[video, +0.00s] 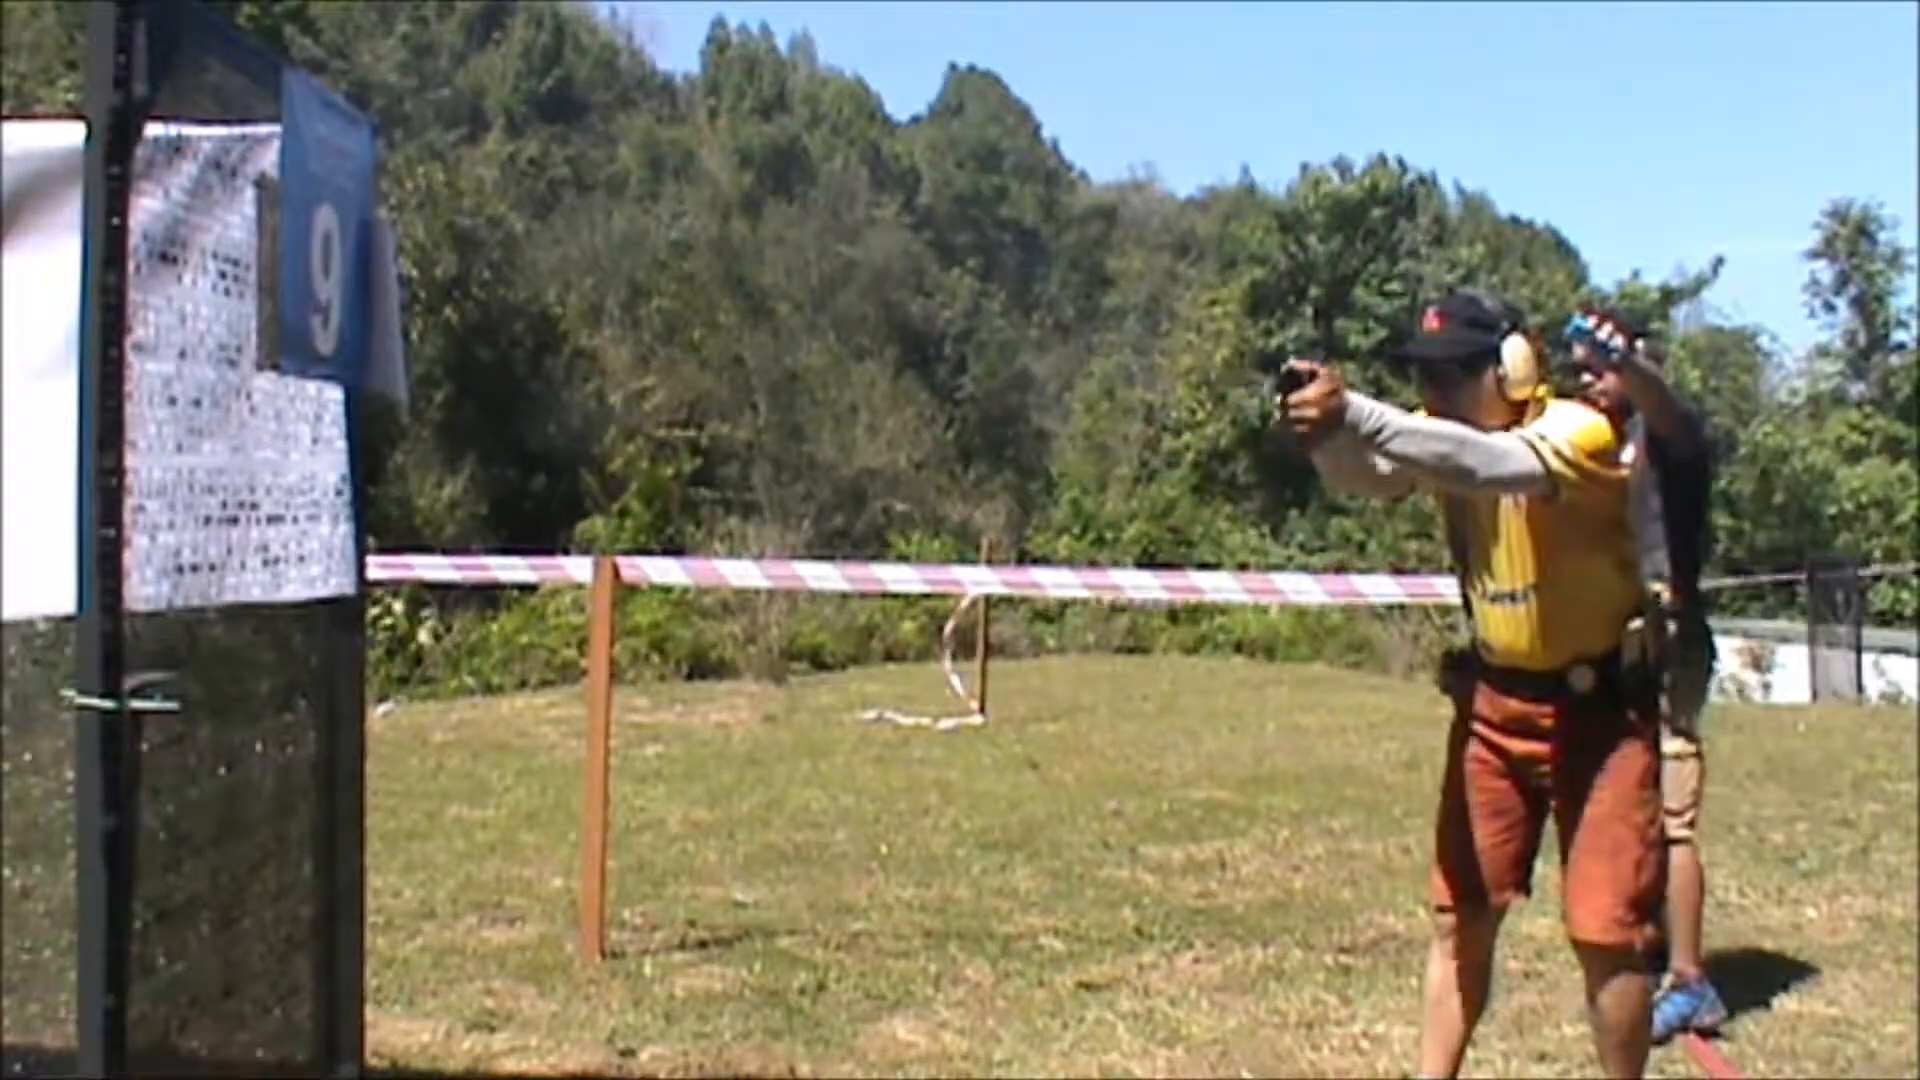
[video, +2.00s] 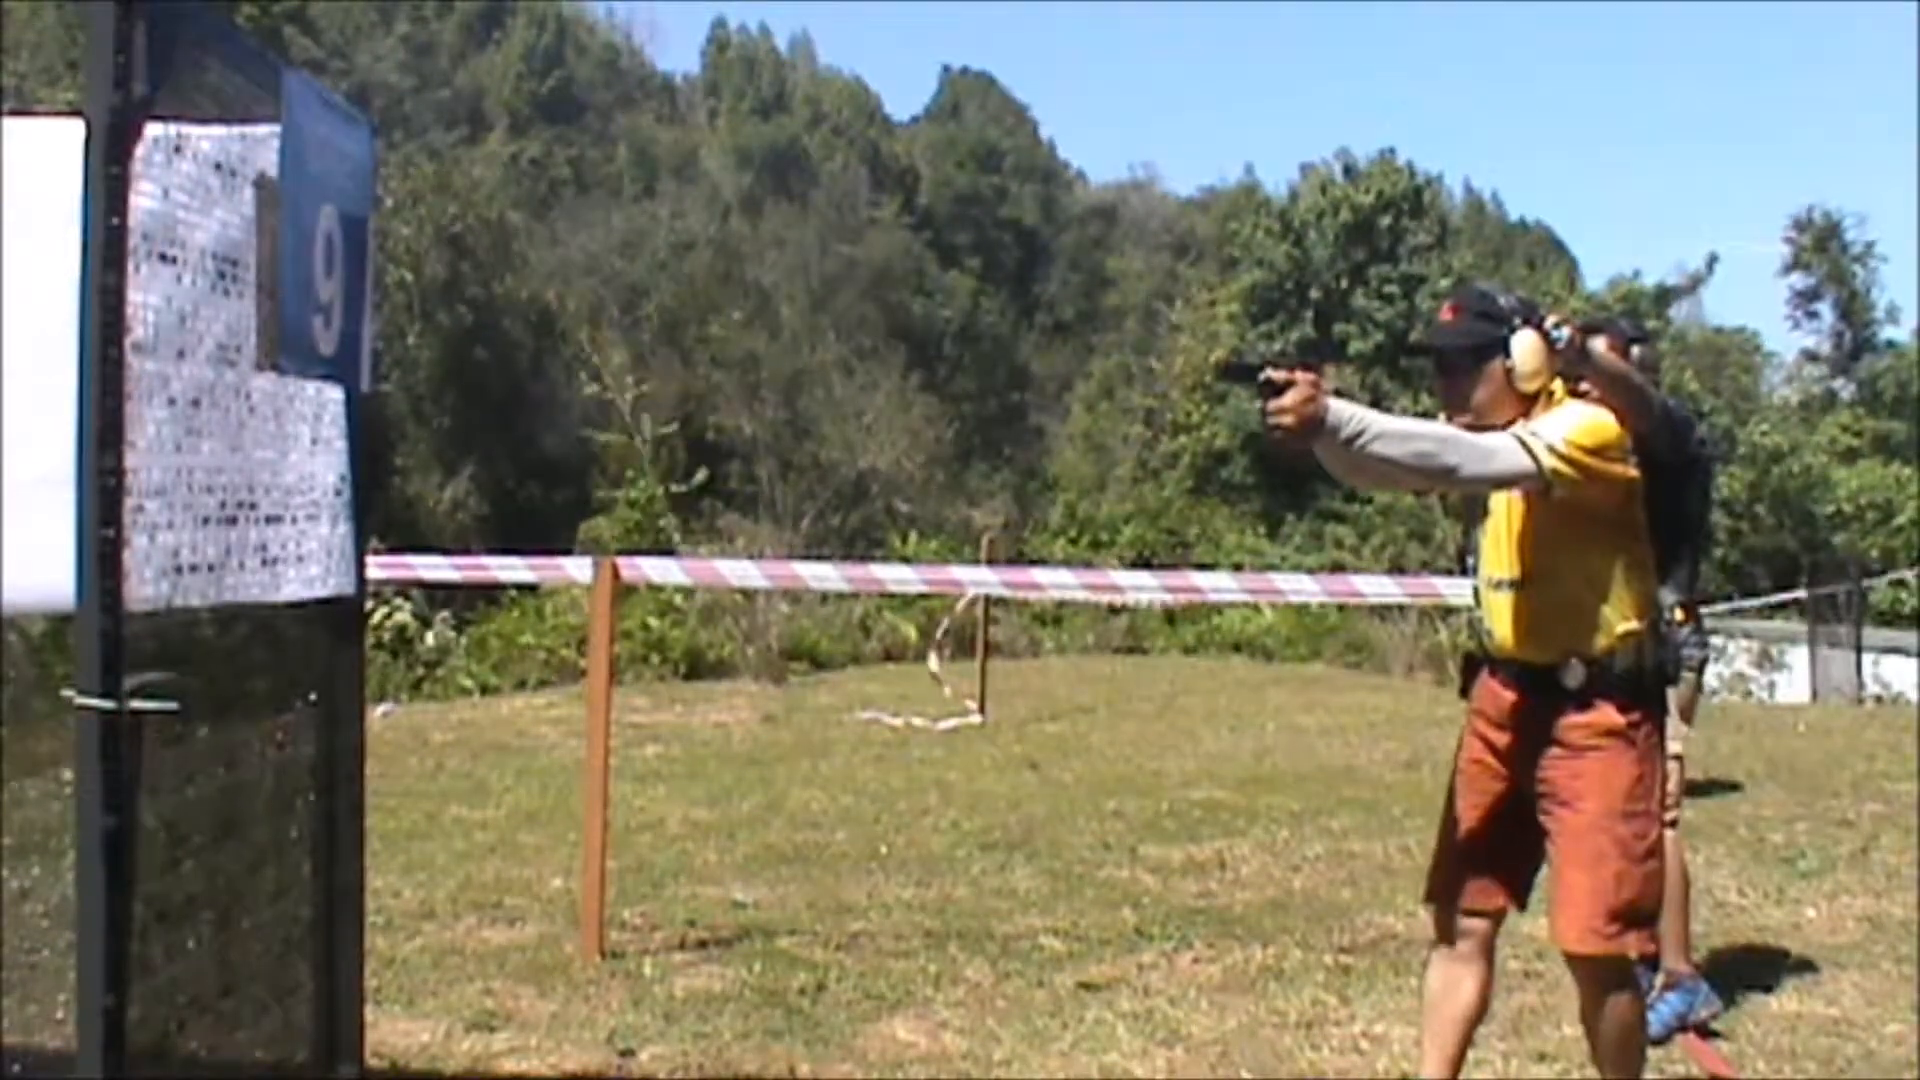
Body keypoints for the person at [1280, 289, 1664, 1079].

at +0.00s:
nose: (1433, 395)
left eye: (1448, 376)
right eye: (1427, 378)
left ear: (1504, 371)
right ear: (1432, 374)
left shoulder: (1582, 430)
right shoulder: (1453, 446)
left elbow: (1496, 463)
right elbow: (1370, 473)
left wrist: (1355, 412)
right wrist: (1319, 430)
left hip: (1602, 712)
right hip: (1496, 708)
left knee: (1607, 932)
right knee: (1463, 911)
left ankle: (1623, 1073)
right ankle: (1435, 1071)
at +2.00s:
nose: (1448, 392)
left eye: (1462, 372)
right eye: (1441, 373)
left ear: (1514, 362)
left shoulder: (1591, 427)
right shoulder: (1497, 435)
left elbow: (1467, 460)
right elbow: (1402, 470)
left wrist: (1332, 412)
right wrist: (1320, 430)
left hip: (1601, 711)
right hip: (1505, 700)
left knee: (1597, 946)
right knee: (1463, 922)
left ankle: (1623, 1072)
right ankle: (1433, 1072)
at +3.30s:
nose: (1411, 417)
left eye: (1423, 405)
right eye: (1413, 404)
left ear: (1469, 421)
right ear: (1457, 423)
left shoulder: (1549, 486)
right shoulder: (1420, 481)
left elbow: (1455, 576)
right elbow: (1322, 565)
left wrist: (1321, 516)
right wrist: (1291, 508)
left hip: (1557, 751)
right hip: (1457, 734)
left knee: (1562, 962)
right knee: (1355, 896)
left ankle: (1609, 1073)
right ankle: (1355, 1066)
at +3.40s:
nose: (1389, 469)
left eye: (1402, 461)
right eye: (1394, 457)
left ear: (1441, 475)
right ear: (1423, 468)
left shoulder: (1523, 526)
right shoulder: (1394, 515)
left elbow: (1420, 618)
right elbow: (1297, 605)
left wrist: (1277, 570)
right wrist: (1247, 581)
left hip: (1535, 773)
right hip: (1433, 757)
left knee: (1548, 972)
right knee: (1311, 901)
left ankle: (1606, 1073)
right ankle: (1294, 1062)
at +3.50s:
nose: (1296, 509)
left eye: (1304, 495)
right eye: (1297, 495)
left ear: (1343, 502)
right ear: (1322, 507)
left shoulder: (1426, 544)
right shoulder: (1315, 564)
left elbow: (1422, 644)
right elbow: (1244, 633)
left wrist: (1314, 680)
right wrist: (1162, 620)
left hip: (1473, 796)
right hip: (1374, 785)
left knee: (1501, 990)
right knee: (1244, 904)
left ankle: (1590, 1072)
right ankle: (1201, 1064)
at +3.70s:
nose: (1035, 484)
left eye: (1046, 470)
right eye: (1037, 472)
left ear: (1081, 475)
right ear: (1082, 480)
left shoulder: (1119, 515)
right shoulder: (1097, 562)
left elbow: (1203, 560)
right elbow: (1053, 659)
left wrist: (1222, 683)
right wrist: (952, 623)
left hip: (1285, 761)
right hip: (1213, 779)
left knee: (1393, 954)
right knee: (1116, 901)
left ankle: (1529, 1070)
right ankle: (1173, 1067)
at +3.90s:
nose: (793, 475)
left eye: (800, 460)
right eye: (793, 464)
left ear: (832, 464)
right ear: (824, 482)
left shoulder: (878, 483)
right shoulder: (855, 575)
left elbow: (957, 470)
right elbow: (792, 646)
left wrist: (897, 569)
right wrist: (693, 602)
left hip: (1033, 703)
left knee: (899, 894)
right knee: (1033, 917)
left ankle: (1065, 1007)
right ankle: (1143, 1050)